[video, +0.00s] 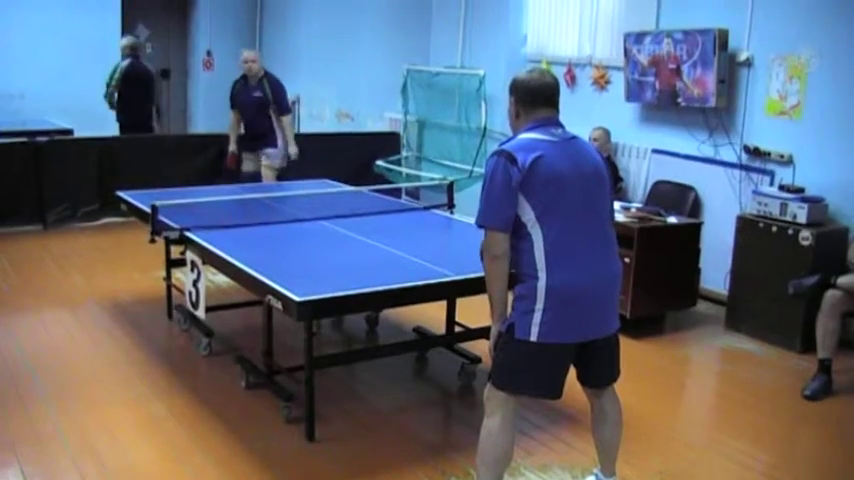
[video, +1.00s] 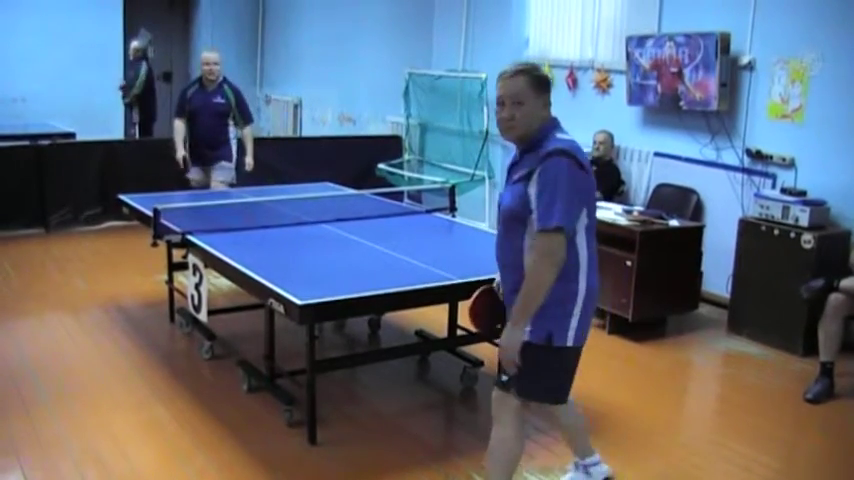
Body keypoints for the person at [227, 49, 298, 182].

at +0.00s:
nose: (250, 66)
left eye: (253, 62)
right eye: (246, 62)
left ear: (259, 63)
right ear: (241, 65)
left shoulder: (272, 83)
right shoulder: (238, 85)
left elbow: (285, 115)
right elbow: (235, 116)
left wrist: (291, 143)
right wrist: (232, 143)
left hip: (271, 139)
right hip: (249, 139)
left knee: (268, 181)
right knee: (247, 182)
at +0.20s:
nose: (244, 64)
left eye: (248, 60)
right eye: (241, 60)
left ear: (255, 61)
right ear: (237, 62)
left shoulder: (266, 83)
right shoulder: (231, 84)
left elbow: (278, 114)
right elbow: (228, 114)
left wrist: (277, 144)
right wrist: (221, 141)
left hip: (261, 142)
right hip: (238, 141)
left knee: (266, 185)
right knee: (230, 178)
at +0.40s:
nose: (231, 66)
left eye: (235, 62)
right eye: (228, 62)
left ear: (242, 64)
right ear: (224, 65)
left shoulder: (253, 86)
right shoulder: (217, 88)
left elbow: (262, 119)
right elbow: (212, 120)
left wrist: (253, 147)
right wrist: (203, 147)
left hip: (250, 147)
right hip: (224, 147)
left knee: (258, 193)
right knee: (215, 190)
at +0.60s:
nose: (216, 63)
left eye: (220, 59)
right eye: (212, 59)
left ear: (227, 61)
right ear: (207, 62)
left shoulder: (239, 84)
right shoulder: (200, 87)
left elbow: (251, 114)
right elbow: (191, 117)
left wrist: (244, 142)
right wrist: (182, 148)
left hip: (236, 149)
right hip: (210, 149)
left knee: (242, 194)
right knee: (209, 196)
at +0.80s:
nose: (209, 64)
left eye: (213, 60)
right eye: (205, 60)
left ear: (220, 62)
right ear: (200, 63)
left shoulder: (232, 85)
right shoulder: (191, 88)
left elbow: (247, 115)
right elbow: (182, 116)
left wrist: (248, 145)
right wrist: (173, 146)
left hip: (229, 150)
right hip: (203, 151)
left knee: (228, 195)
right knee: (206, 199)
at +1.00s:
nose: (211, 68)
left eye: (215, 64)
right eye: (207, 64)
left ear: (220, 67)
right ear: (201, 67)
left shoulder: (231, 91)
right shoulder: (189, 91)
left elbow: (245, 124)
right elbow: (179, 120)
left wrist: (249, 155)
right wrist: (180, 149)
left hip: (222, 155)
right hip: (196, 155)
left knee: (218, 199)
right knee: (197, 201)